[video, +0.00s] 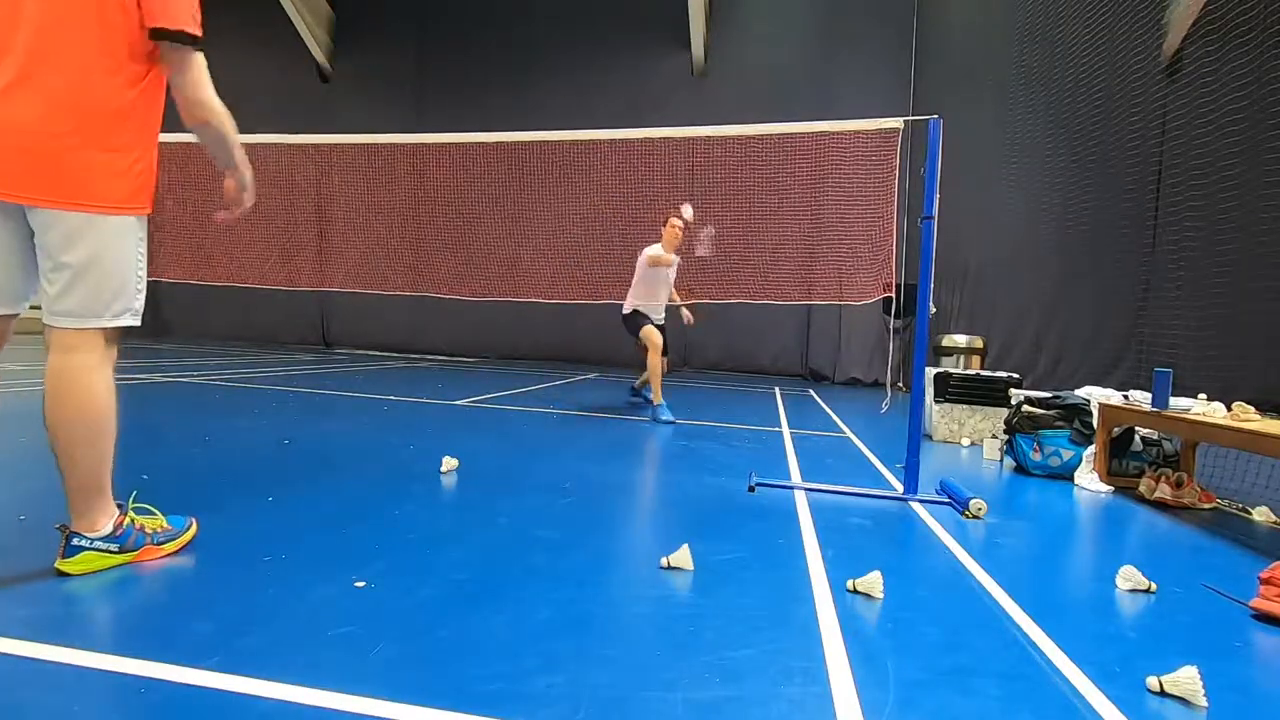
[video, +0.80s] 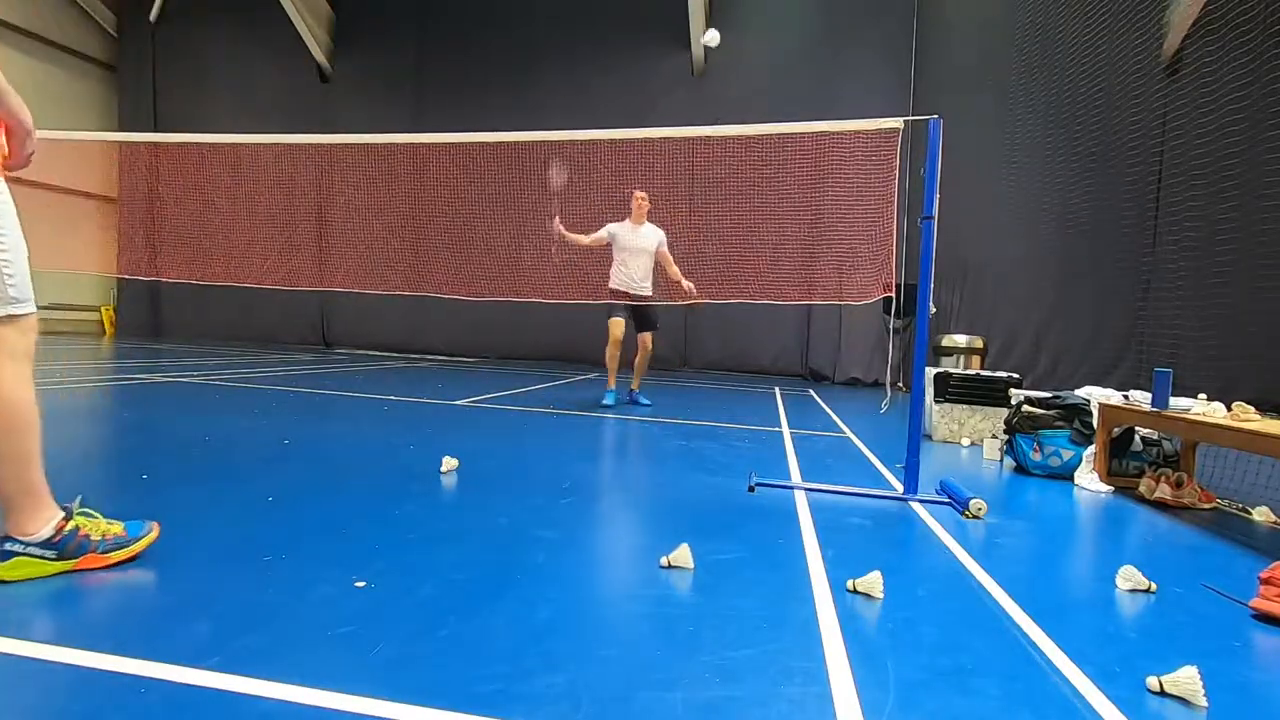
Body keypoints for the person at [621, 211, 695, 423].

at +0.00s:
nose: (676, 232)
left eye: (680, 229)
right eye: (672, 227)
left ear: (683, 235)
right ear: (663, 230)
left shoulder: (674, 261)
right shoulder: (651, 251)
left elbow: (668, 287)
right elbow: (651, 260)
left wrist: (681, 307)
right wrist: (672, 260)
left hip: (658, 316)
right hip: (636, 311)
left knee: (661, 366)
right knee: (656, 341)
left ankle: (638, 386)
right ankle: (658, 403)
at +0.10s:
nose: (685, 239)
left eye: (688, 236)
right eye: (681, 234)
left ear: (689, 242)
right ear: (669, 236)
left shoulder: (679, 265)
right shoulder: (654, 259)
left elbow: (668, 289)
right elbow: (655, 277)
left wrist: (670, 310)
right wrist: (673, 290)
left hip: (659, 318)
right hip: (637, 314)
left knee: (664, 374)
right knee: (658, 341)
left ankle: (638, 386)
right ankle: (659, 404)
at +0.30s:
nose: (685, 242)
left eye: (688, 239)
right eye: (681, 237)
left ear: (690, 244)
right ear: (670, 240)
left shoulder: (681, 268)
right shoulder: (654, 264)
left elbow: (667, 295)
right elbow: (642, 299)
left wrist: (664, 316)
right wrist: (650, 310)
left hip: (659, 320)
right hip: (636, 316)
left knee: (670, 376)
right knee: (656, 341)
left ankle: (641, 382)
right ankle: (658, 404)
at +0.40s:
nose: (678, 235)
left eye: (681, 231)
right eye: (673, 230)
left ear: (683, 236)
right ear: (664, 234)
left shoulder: (677, 263)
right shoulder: (650, 257)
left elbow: (664, 289)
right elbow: (631, 269)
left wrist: (665, 314)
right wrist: (618, 273)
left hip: (660, 317)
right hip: (637, 313)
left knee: (672, 374)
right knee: (655, 341)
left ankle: (642, 382)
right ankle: (658, 404)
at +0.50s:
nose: (669, 226)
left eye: (672, 223)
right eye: (665, 221)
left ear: (675, 229)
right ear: (655, 225)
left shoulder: (672, 256)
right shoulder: (639, 248)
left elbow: (668, 285)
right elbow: (615, 255)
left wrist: (675, 312)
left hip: (658, 312)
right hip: (635, 308)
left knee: (667, 368)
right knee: (651, 342)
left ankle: (642, 383)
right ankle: (657, 403)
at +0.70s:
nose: (649, 208)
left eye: (653, 205)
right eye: (646, 204)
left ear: (658, 211)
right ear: (639, 208)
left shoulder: (663, 240)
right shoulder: (623, 232)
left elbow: (672, 270)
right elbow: (593, 239)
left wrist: (688, 292)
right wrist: (568, 227)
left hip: (648, 300)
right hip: (625, 296)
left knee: (653, 350)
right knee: (630, 332)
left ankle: (633, 387)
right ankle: (632, 393)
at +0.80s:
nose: (640, 203)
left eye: (644, 200)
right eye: (637, 199)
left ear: (649, 206)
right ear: (630, 204)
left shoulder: (657, 233)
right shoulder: (615, 229)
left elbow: (669, 263)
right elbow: (587, 240)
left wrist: (682, 280)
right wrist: (563, 233)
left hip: (644, 295)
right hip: (619, 292)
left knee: (646, 346)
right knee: (616, 337)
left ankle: (634, 391)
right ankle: (611, 389)